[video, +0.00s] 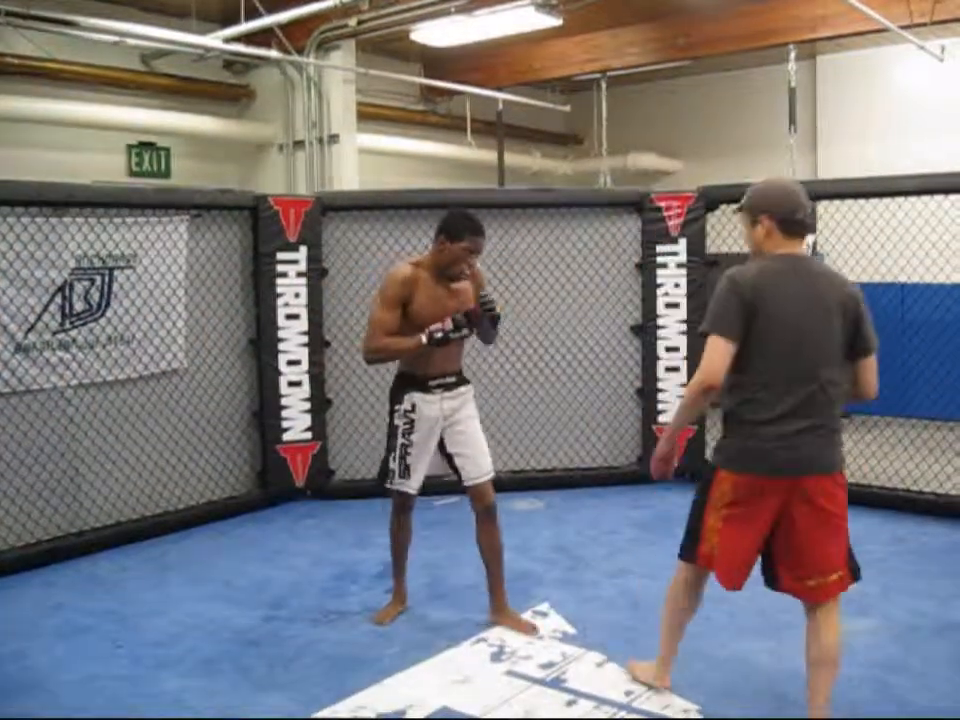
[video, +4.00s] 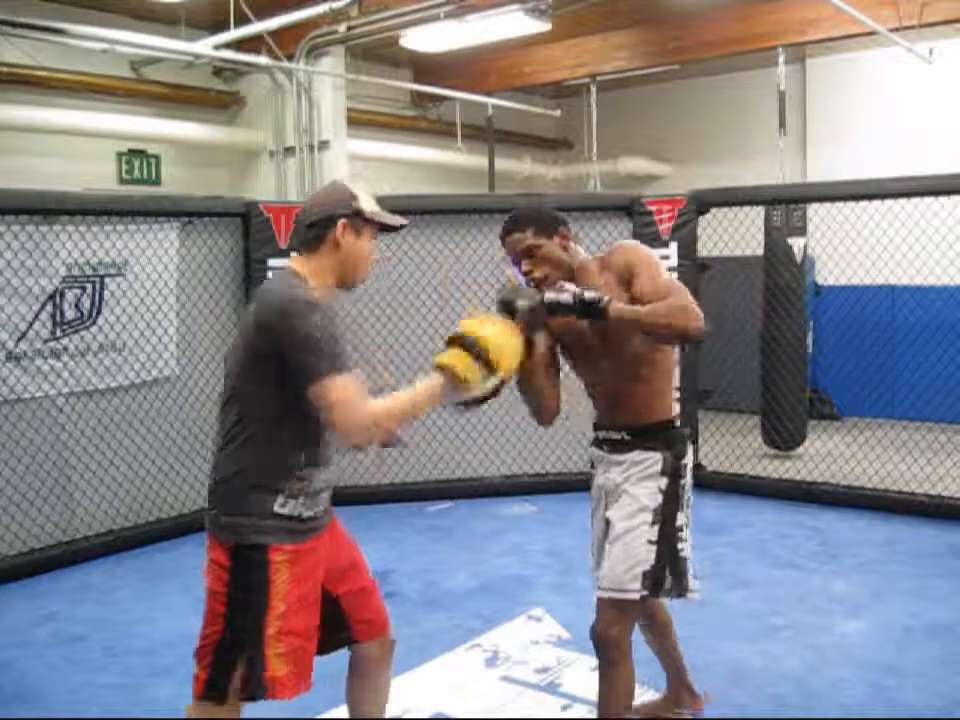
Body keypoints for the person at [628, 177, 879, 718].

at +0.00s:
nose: (744, 234)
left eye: (746, 225)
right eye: (744, 224)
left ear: (765, 225)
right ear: (804, 226)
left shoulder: (742, 281)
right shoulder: (843, 289)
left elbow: (710, 378)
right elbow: (866, 386)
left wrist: (673, 431)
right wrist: (808, 384)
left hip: (746, 462)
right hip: (820, 465)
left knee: (694, 565)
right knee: (824, 600)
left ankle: (660, 668)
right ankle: (818, 711)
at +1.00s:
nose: (749, 217)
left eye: (749, 206)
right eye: (749, 206)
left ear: (765, 206)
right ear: (816, 202)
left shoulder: (744, 277)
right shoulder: (872, 268)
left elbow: (701, 382)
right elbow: (886, 347)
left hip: (784, 487)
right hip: (873, 483)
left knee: (749, 653)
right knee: (898, 649)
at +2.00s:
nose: (657, 212)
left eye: (658, 204)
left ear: (665, 212)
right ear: (736, 206)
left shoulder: (631, 295)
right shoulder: (779, 282)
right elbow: (824, 417)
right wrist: (814, 445)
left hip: (667, 528)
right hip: (757, 529)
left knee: (677, 689)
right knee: (778, 704)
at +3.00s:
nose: (475, 214)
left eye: (473, 201)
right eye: (474, 200)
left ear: (404, 205)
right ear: (460, 197)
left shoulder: (375, 281)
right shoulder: (459, 265)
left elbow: (326, 404)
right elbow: (550, 376)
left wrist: (364, 470)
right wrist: (576, 348)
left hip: (385, 533)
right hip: (446, 536)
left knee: (423, 698)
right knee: (471, 703)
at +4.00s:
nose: (376, 252)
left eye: (377, 238)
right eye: (371, 237)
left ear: (338, 235)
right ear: (341, 234)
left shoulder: (307, 302)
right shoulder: (290, 306)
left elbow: (301, 415)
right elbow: (354, 421)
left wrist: (369, 425)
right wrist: (443, 383)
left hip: (311, 520)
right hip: (259, 529)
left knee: (373, 642)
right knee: (220, 694)